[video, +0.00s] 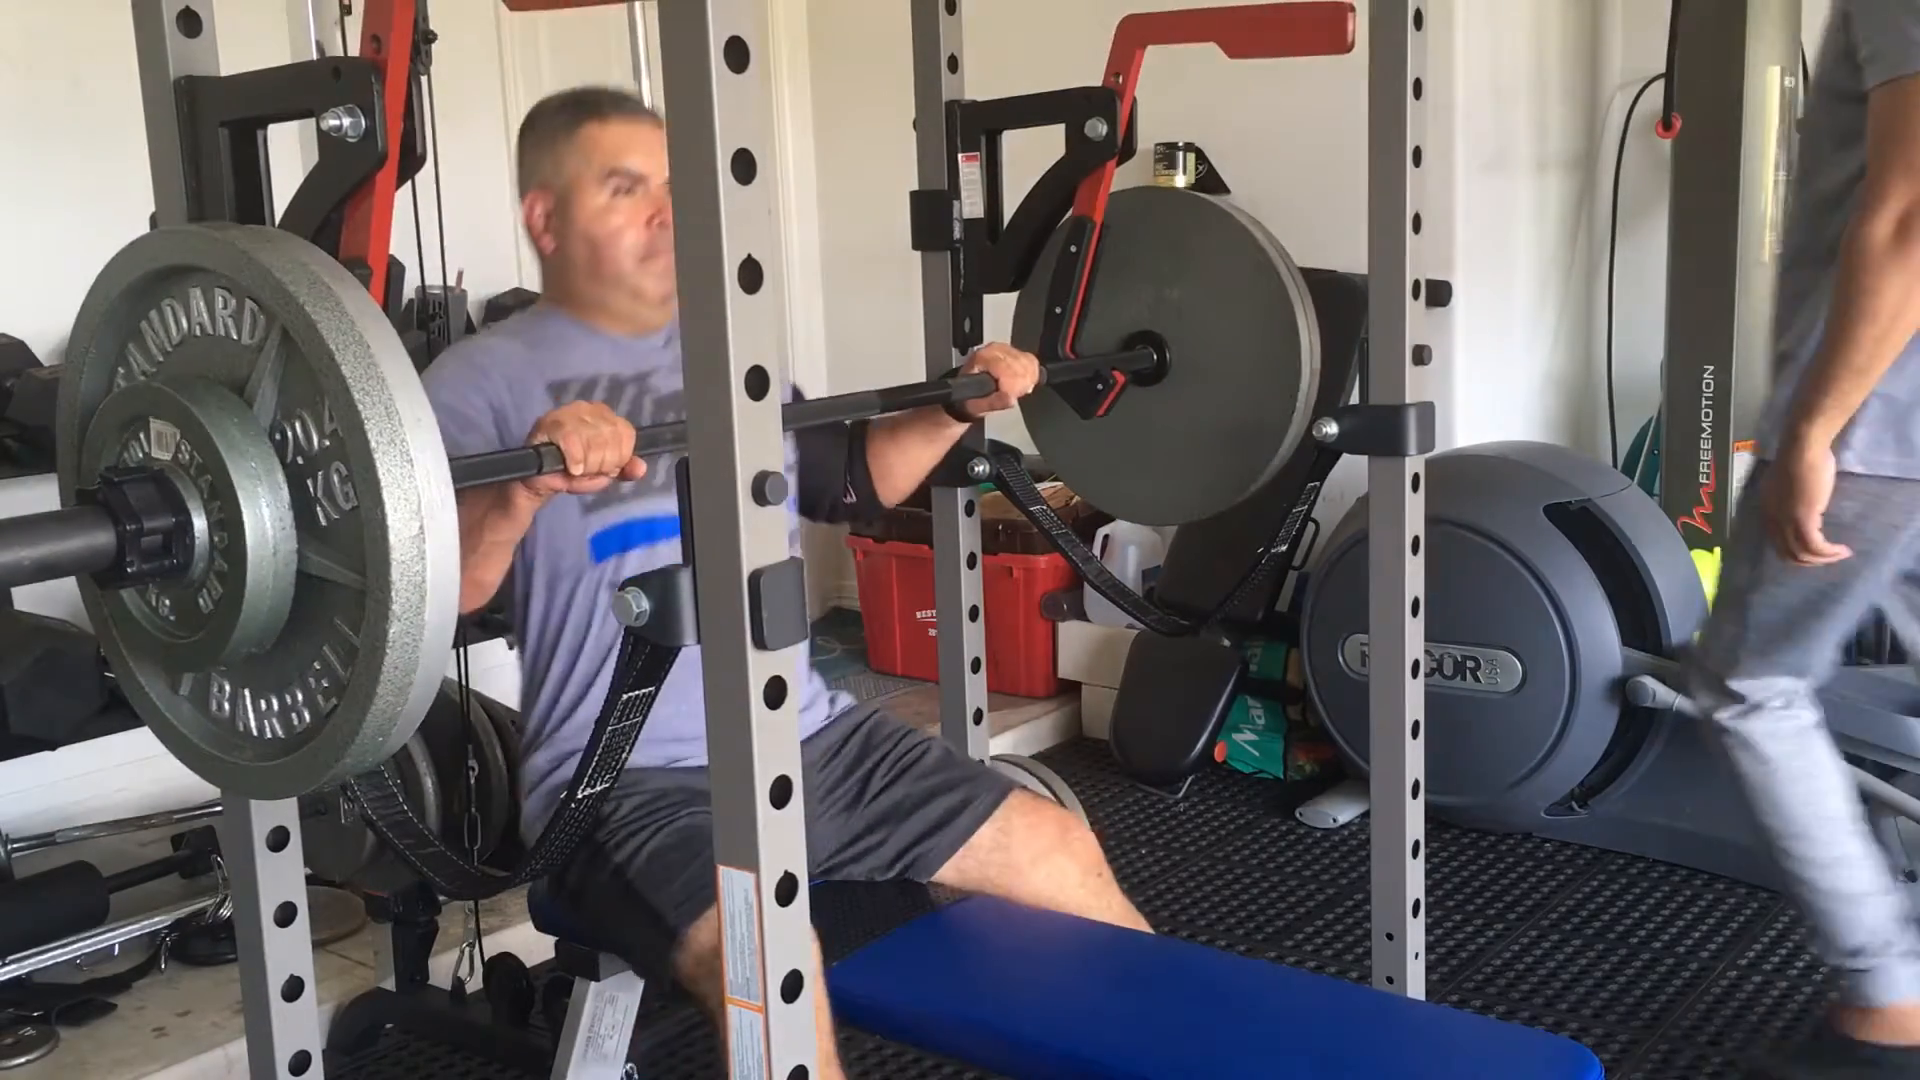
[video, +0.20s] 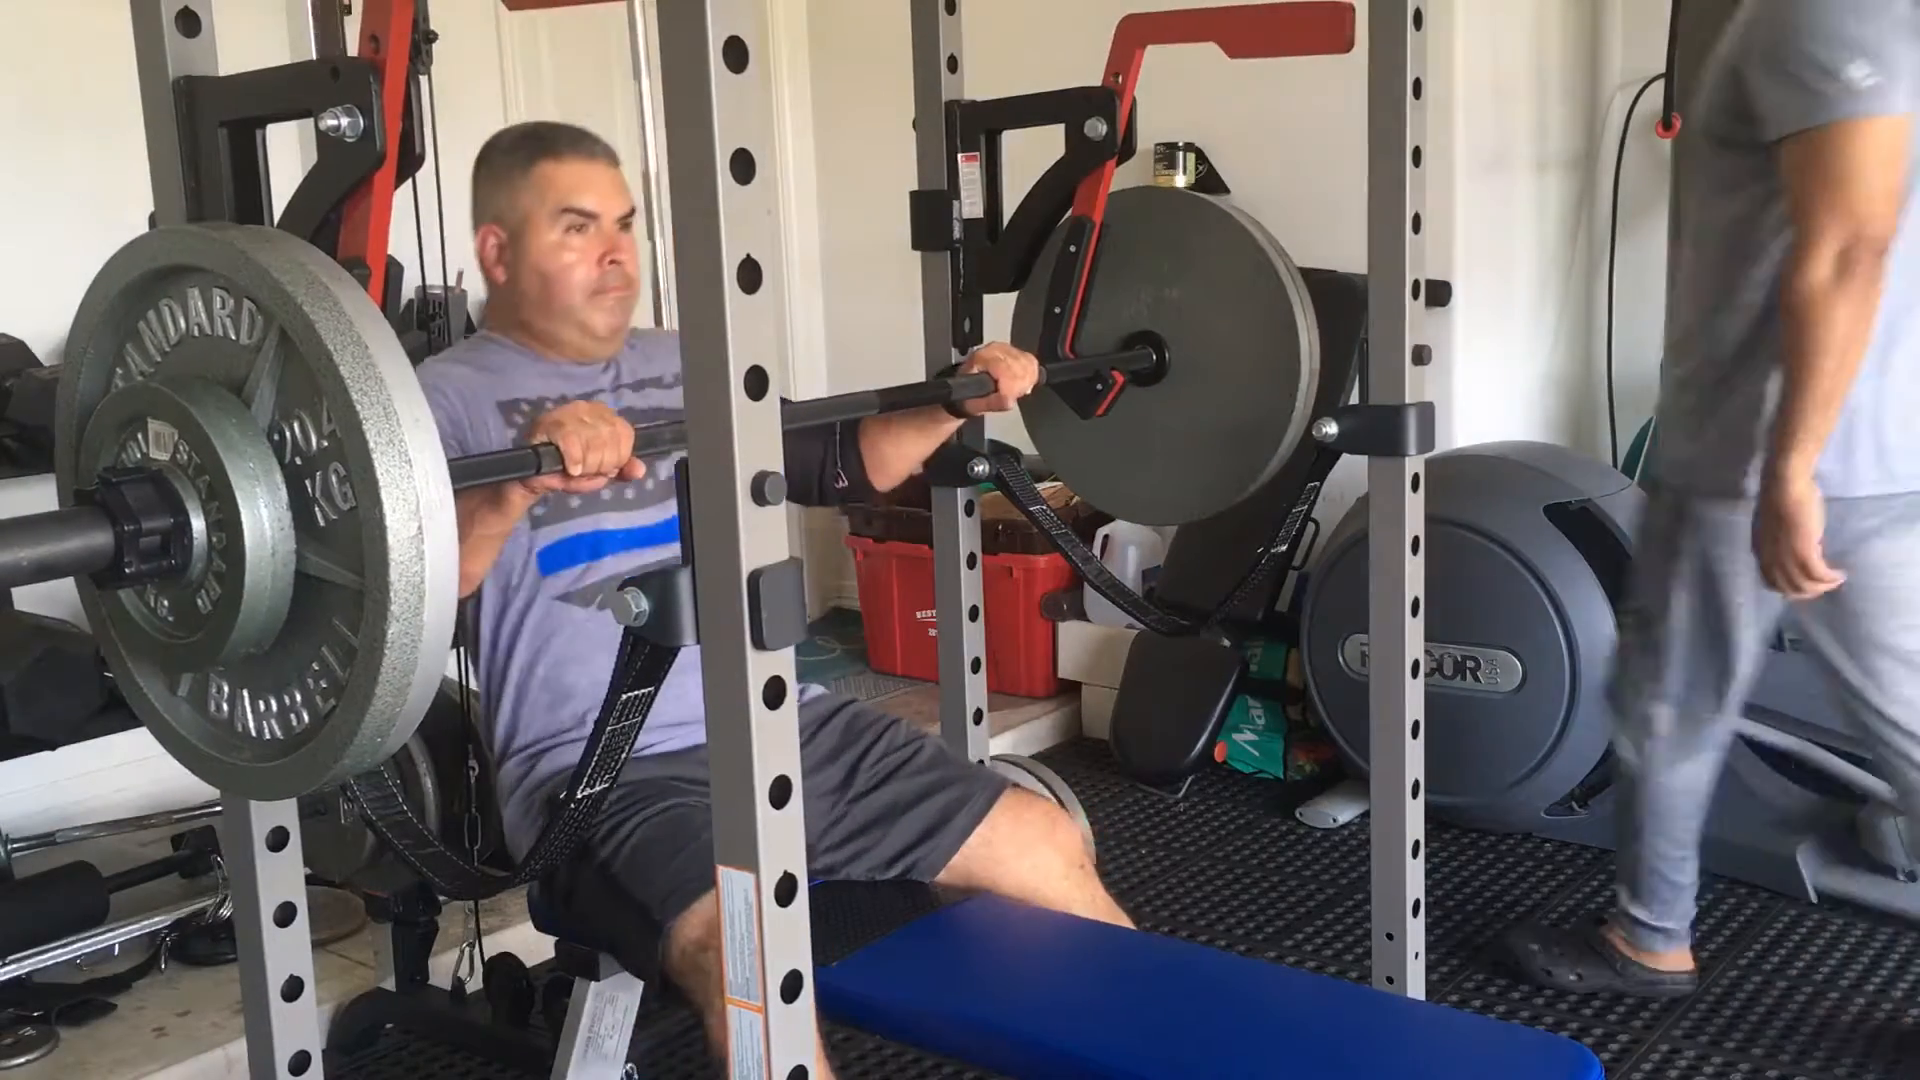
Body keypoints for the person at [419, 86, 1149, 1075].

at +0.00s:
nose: (665, 211)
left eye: (671, 187)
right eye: (624, 188)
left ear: (691, 204)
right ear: (543, 222)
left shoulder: (722, 347)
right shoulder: (480, 380)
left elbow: (848, 478)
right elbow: (440, 597)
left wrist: (957, 404)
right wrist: (523, 485)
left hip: (808, 731)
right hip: (625, 776)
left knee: (1049, 845)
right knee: (761, 954)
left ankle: (1189, 1060)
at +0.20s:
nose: (617, 251)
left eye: (625, 224)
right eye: (577, 226)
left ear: (640, 239)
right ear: (494, 253)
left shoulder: (685, 365)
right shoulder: (435, 401)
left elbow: (840, 464)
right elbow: (408, 607)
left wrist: (954, 400)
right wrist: (512, 488)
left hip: (772, 717)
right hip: (597, 767)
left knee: (1043, 846)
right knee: (739, 937)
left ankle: (1167, 1054)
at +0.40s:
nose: (624, 259)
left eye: (632, 231)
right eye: (581, 234)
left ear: (649, 248)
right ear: (503, 263)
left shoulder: (690, 371)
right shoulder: (444, 401)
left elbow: (849, 477)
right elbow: (404, 606)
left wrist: (954, 403)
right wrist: (514, 486)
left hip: (771, 718)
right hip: (598, 765)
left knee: (1046, 840)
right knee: (734, 942)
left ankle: (1172, 1059)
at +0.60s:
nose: (672, 158)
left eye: (677, 137)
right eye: (631, 139)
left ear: (704, 160)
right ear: (557, 190)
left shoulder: (750, 317)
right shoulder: (511, 344)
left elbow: (849, 477)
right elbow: (424, 577)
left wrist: (950, 403)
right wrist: (513, 477)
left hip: (828, 705)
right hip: (646, 753)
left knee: (1094, 834)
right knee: (782, 951)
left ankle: (1210, 1057)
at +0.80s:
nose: (619, 233)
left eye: (625, 208)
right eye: (576, 215)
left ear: (643, 224)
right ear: (501, 256)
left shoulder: (707, 350)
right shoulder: (479, 396)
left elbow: (863, 506)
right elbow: (464, 607)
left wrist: (951, 406)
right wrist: (522, 480)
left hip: (950, 654)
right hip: (800, 712)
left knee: (1240, 854)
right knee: (971, 952)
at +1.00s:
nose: (611, 456)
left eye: (610, 432)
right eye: (561, 444)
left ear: (633, 443)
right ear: (501, 493)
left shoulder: (753, 530)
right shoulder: (565, 619)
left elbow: (947, 585)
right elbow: (521, 717)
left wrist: (962, 425)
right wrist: (518, 520)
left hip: (1056, 697)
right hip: (924, 773)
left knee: (1387, 912)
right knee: (1112, 1035)